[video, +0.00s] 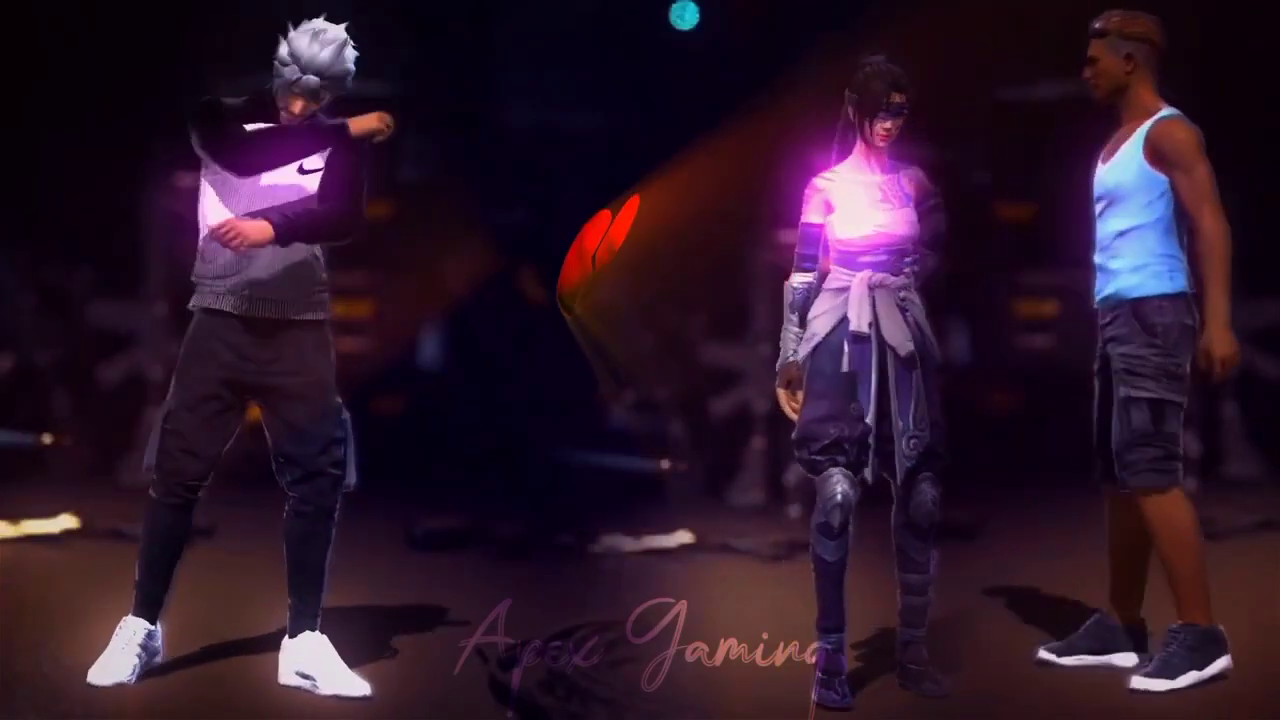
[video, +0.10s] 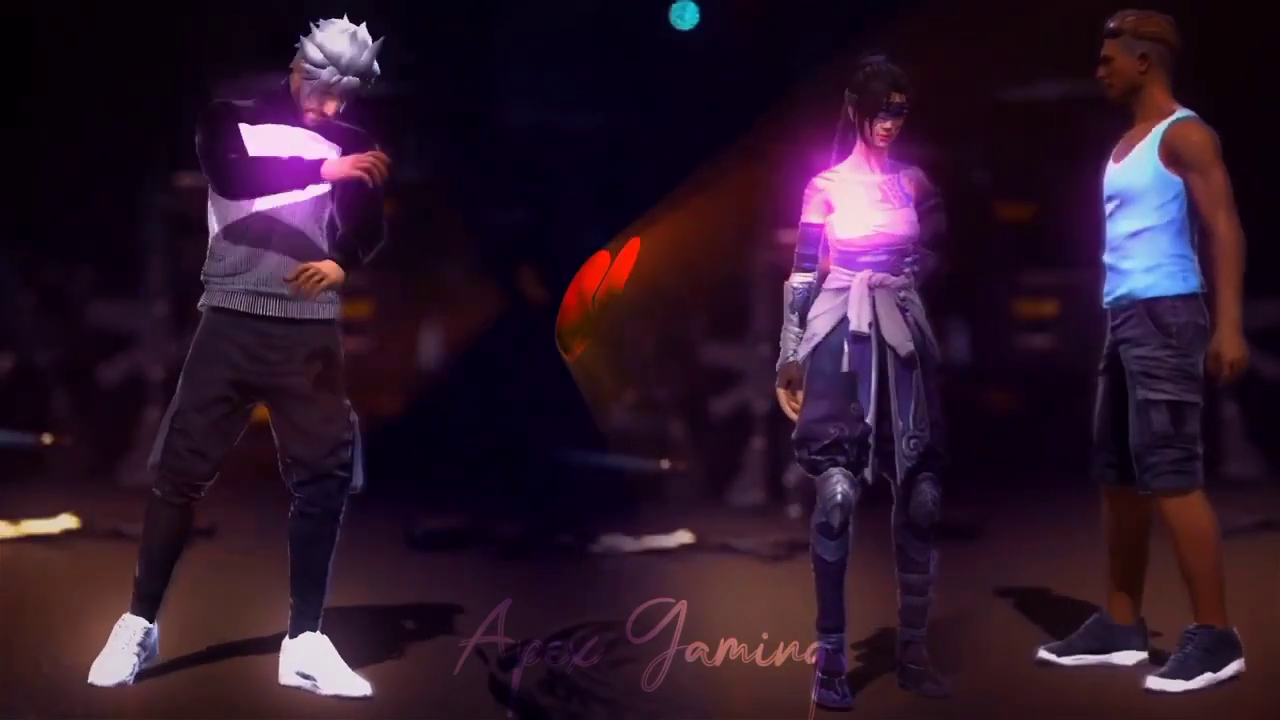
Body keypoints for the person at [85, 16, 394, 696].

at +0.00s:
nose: (303, 109)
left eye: (316, 100)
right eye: (295, 94)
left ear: (335, 97)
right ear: (277, 82)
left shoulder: (343, 141)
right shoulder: (220, 117)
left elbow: (345, 214)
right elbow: (241, 157)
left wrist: (270, 226)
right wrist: (344, 131)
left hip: (300, 330)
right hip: (217, 326)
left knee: (314, 480)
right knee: (176, 475)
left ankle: (304, 638)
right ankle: (141, 627)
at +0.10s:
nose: (328, 110)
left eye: (342, 99)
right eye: (320, 93)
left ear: (357, 93)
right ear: (296, 72)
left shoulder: (358, 143)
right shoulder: (231, 116)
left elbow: (366, 235)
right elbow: (231, 175)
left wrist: (344, 261)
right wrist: (330, 165)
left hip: (309, 332)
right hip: (227, 325)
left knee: (323, 480)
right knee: (177, 474)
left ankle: (305, 638)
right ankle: (138, 626)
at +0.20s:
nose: (345, 110)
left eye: (359, 99)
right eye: (337, 92)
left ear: (371, 96)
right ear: (309, 75)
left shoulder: (370, 151)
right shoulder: (245, 120)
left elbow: (384, 242)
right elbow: (225, 195)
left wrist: (384, 292)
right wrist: (287, 226)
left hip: (316, 335)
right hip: (234, 324)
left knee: (328, 480)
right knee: (182, 472)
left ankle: (306, 639)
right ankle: (138, 624)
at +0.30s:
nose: (363, 109)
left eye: (376, 97)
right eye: (355, 91)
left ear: (385, 95)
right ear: (323, 75)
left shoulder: (381, 151)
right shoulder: (252, 122)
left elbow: (394, 239)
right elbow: (223, 206)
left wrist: (417, 314)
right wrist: (245, 276)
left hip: (321, 329)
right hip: (242, 315)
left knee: (330, 476)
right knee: (187, 463)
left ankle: (306, 639)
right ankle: (137, 622)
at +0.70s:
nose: (413, 106)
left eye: (427, 96)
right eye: (407, 87)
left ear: (435, 98)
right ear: (379, 69)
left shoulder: (416, 151)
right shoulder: (304, 110)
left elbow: (398, 236)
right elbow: (229, 180)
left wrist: (409, 313)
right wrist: (179, 250)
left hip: (326, 327)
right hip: (251, 306)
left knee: (334, 471)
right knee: (197, 438)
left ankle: (307, 635)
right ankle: (118, 520)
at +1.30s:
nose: (372, 99)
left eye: (385, 87)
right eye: (362, 84)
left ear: (399, 84)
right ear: (338, 71)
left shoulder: (409, 145)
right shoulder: (287, 117)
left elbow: (404, 238)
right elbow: (229, 203)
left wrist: (402, 314)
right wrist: (194, 286)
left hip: (352, 327)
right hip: (273, 311)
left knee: (356, 476)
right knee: (243, 455)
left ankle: (309, 636)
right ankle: (152, 544)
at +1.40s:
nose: (358, 107)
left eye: (370, 94)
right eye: (347, 93)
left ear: (386, 89)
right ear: (323, 81)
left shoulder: (405, 151)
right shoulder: (277, 129)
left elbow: (414, 247)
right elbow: (226, 217)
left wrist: (427, 325)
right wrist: (200, 300)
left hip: (350, 334)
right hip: (271, 321)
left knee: (359, 480)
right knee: (250, 463)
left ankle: (310, 637)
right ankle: (199, 616)